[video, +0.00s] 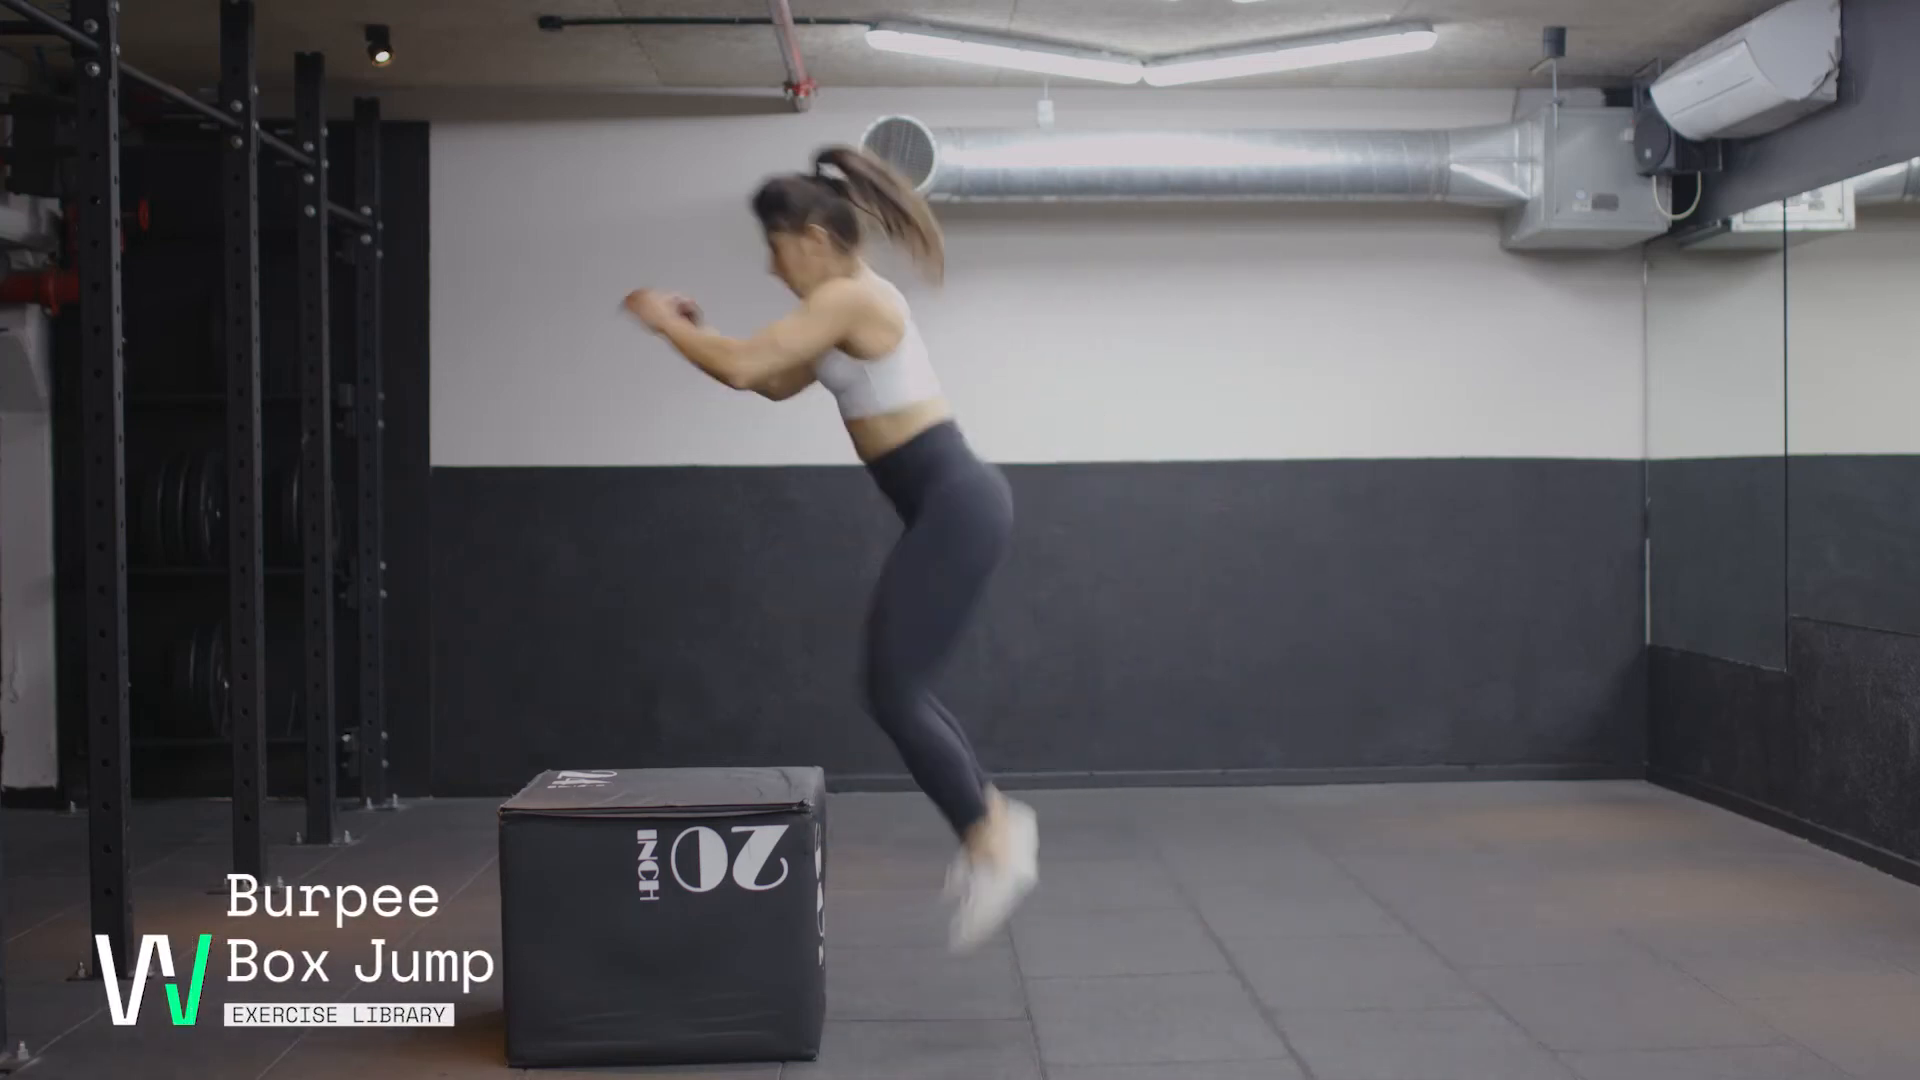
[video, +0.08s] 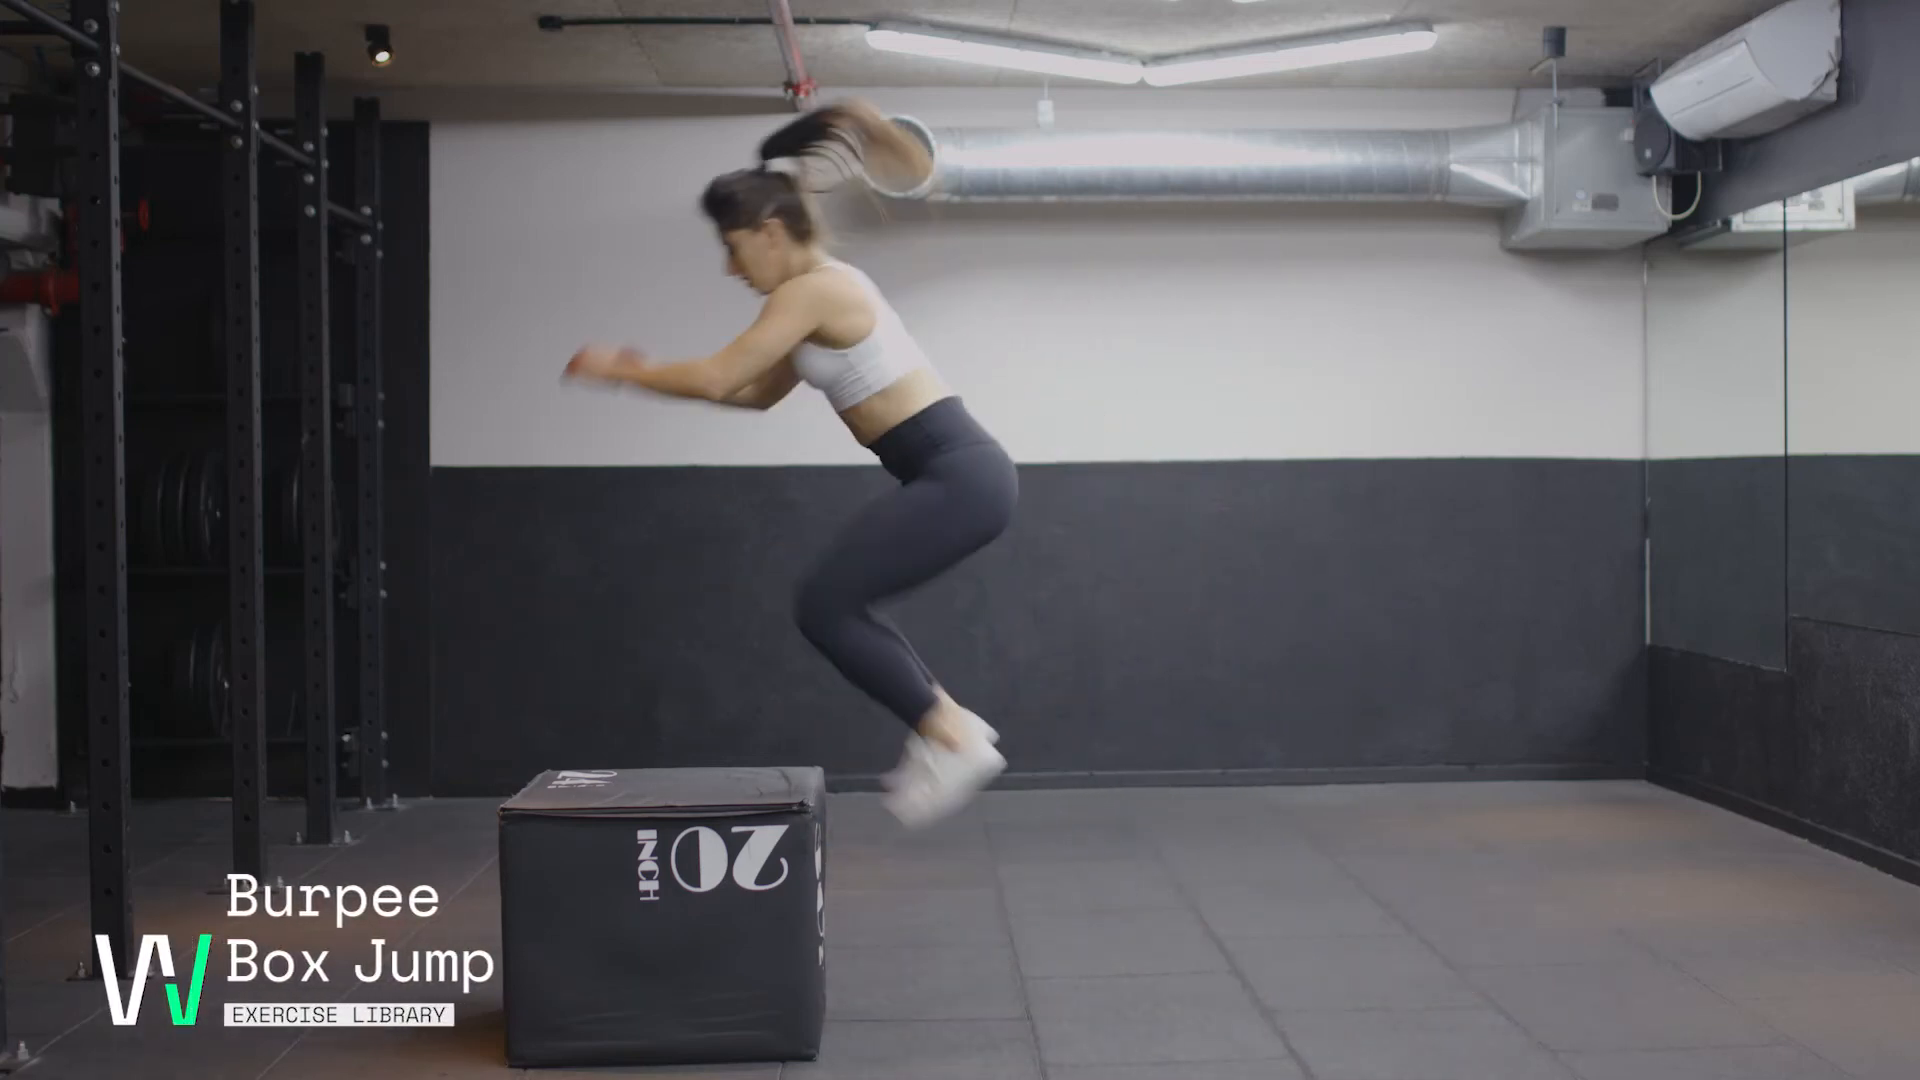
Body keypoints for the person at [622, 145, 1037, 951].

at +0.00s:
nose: (772, 261)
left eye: (776, 244)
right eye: (771, 247)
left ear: (814, 237)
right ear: (822, 238)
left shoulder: (852, 299)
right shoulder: (851, 304)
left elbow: (746, 367)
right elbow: (774, 384)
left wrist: (668, 326)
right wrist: (691, 331)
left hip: (955, 505)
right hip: (944, 504)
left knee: (894, 688)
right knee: (895, 683)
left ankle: (989, 840)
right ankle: (993, 821)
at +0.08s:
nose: (729, 263)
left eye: (733, 246)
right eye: (726, 249)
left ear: (775, 231)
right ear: (776, 232)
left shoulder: (817, 289)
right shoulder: (820, 292)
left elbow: (719, 376)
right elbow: (756, 395)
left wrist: (625, 368)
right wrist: (652, 373)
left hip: (961, 478)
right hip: (953, 475)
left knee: (826, 606)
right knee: (833, 601)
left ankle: (951, 736)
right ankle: (951, 729)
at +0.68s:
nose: (650, 138)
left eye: (651, 121)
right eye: (646, 124)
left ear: (683, 107)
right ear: (693, 107)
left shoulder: (735, 171)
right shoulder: (732, 169)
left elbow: (790, 290)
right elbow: (793, 287)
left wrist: (839, 394)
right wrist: (835, 396)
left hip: (832, 378)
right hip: (825, 374)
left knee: (781, 562)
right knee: (780, 560)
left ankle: (788, 751)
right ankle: (782, 745)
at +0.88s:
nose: (695, 119)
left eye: (696, 102)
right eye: (689, 105)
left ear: (731, 82)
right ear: (743, 78)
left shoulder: (765, 154)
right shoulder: (796, 147)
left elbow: (786, 286)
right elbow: (819, 282)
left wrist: (778, 400)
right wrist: (793, 388)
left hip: (806, 366)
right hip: (821, 362)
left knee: (788, 567)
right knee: (790, 566)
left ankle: (787, 753)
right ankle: (783, 746)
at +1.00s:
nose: (687, 112)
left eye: (687, 95)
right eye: (681, 97)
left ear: (718, 82)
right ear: (753, 75)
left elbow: (768, 283)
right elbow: (815, 279)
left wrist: (717, 395)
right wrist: (778, 364)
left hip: (832, 370)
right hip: (856, 365)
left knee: (796, 563)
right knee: (798, 560)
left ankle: (793, 750)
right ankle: (798, 739)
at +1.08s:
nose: (692, 119)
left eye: (693, 101)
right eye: (687, 104)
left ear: (721, 91)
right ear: (758, 81)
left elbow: (774, 290)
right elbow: (807, 282)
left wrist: (715, 400)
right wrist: (765, 359)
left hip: (852, 374)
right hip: (879, 369)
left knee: (796, 561)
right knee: (812, 552)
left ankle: (788, 755)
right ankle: (871, 720)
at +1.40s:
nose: (771, 243)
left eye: (772, 226)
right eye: (764, 229)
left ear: (799, 207)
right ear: (815, 198)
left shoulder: (859, 274)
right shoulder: (865, 258)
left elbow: (910, 399)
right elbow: (888, 389)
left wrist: (907, 518)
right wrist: (815, 427)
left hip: (951, 460)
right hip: (980, 457)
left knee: (789, 571)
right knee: (1015, 649)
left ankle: (785, 757)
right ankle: (1095, 802)